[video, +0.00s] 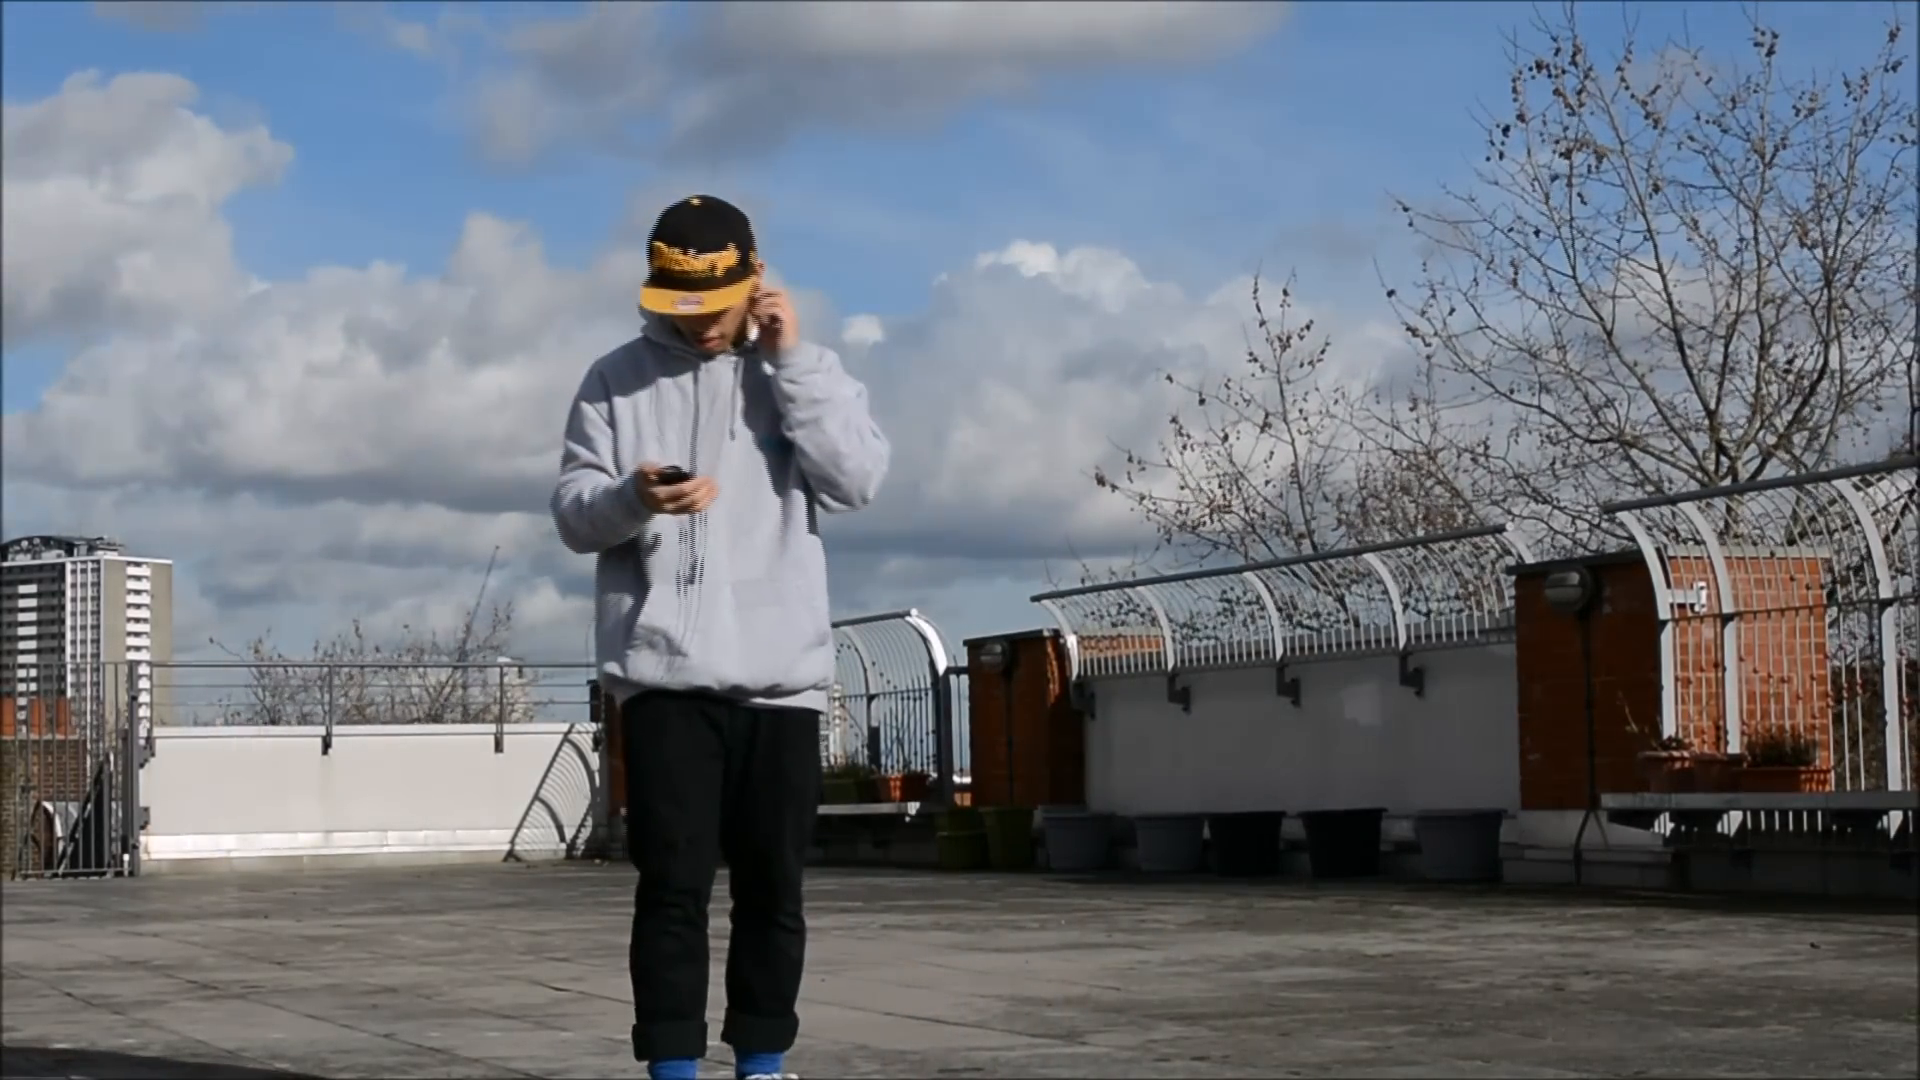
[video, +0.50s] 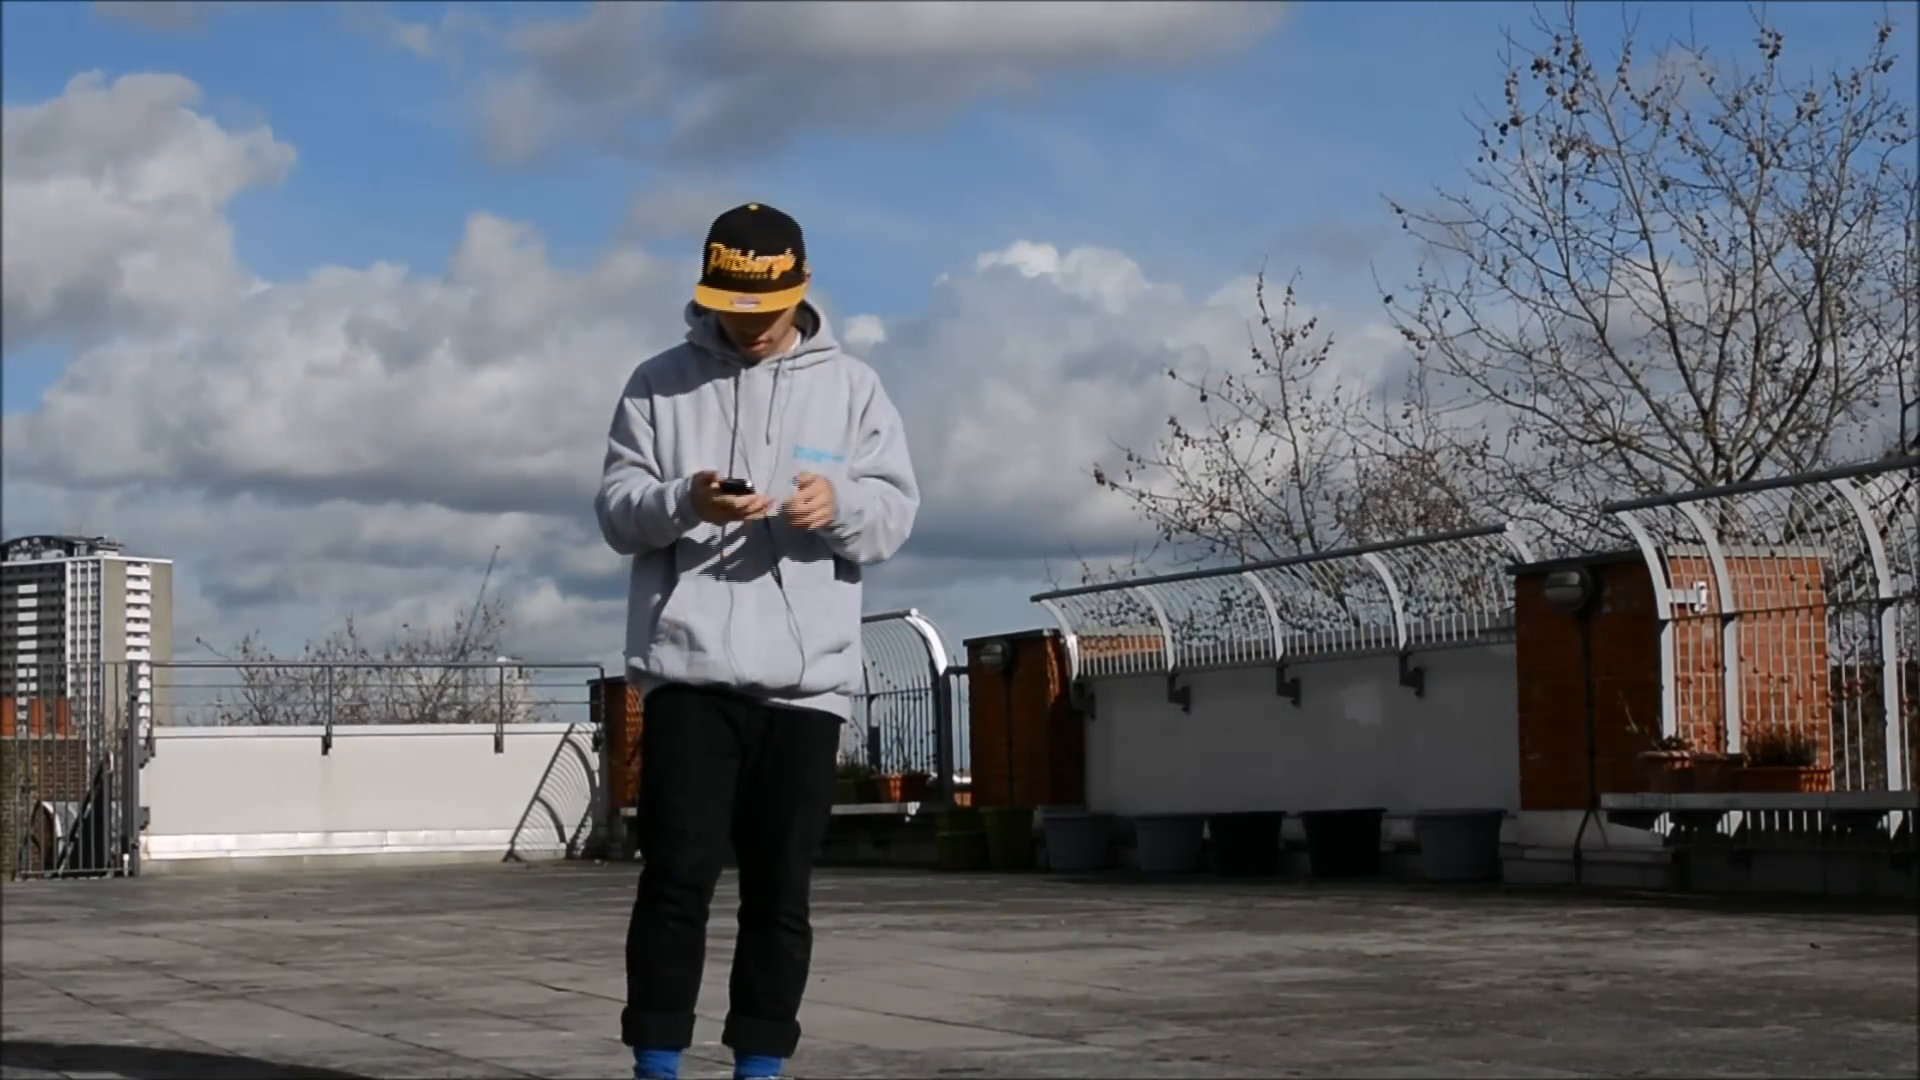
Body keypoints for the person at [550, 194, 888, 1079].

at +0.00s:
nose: (696, 329)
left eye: (712, 311)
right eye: (677, 314)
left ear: (751, 285)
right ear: (652, 291)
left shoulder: (797, 370)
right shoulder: (616, 378)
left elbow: (857, 479)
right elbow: (575, 517)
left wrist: (791, 357)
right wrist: (635, 497)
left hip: (779, 675)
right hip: (662, 676)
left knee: (771, 882)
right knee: (674, 881)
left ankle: (764, 1062)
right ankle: (672, 1064)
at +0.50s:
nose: (750, 325)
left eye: (767, 309)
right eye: (733, 310)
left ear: (800, 290)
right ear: (708, 294)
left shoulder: (852, 384)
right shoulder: (659, 383)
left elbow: (891, 508)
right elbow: (619, 510)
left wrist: (842, 504)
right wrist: (686, 502)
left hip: (806, 677)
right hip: (688, 673)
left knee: (782, 883)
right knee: (677, 874)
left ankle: (762, 1063)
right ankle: (658, 1061)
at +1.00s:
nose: (760, 320)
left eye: (779, 306)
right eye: (744, 303)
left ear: (812, 290)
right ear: (719, 287)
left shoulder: (858, 387)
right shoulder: (663, 379)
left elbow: (892, 512)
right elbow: (619, 498)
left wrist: (825, 510)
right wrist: (689, 502)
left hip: (802, 679)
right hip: (684, 674)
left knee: (779, 884)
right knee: (672, 876)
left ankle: (760, 1062)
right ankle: (653, 1061)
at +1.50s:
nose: (762, 319)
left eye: (781, 304)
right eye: (746, 302)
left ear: (816, 289)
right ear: (724, 287)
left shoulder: (862, 390)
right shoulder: (669, 378)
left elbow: (892, 516)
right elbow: (623, 495)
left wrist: (808, 532)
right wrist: (689, 523)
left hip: (804, 680)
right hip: (686, 674)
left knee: (780, 886)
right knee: (673, 877)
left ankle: (761, 1062)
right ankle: (654, 1061)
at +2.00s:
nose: (765, 317)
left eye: (786, 302)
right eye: (751, 298)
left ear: (823, 289)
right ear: (730, 282)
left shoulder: (866, 396)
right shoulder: (666, 375)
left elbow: (878, 523)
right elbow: (588, 465)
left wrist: (769, 543)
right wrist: (645, 534)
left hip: (805, 682)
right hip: (686, 673)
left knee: (778, 884)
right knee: (675, 875)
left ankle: (761, 1063)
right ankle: (654, 1061)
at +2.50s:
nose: (752, 288)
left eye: (771, 271)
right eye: (737, 270)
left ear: (809, 270)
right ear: (717, 270)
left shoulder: (864, 380)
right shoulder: (665, 384)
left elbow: (908, 490)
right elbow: (630, 533)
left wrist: (875, 541)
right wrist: (614, 660)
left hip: (802, 679)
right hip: (680, 673)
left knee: (779, 888)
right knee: (670, 879)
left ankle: (761, 1064)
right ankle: (652, 1063)